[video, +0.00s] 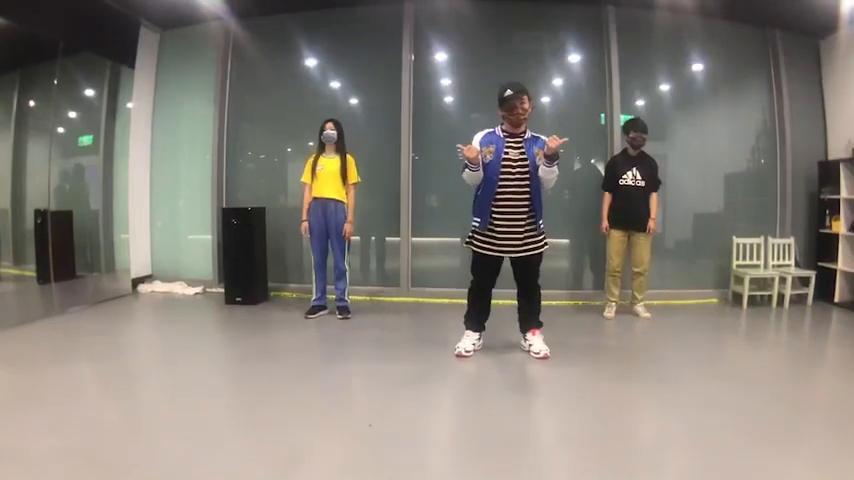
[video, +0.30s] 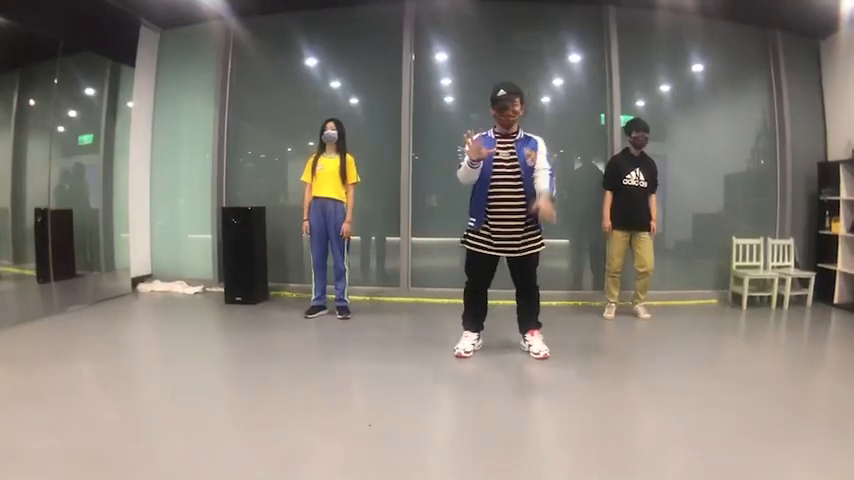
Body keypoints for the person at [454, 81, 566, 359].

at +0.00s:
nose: (519, 109)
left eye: (523, 103)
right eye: (512, 105)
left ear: (530, 106)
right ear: (501, 110)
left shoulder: (540, 143)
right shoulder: (485, 139)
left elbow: (548, 184)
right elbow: (472, 181)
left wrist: (549, 158)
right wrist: (474, 163)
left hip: (527, 227)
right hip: (490, 226)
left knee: (529, 283)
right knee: (481, 282)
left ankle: (532, 332)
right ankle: (473, 332)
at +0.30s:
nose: (510, 112)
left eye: (514, 106)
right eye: (503, 107)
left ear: (522, 108)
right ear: (493, 110)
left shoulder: (535, 144)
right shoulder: (479, 141)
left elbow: (542, 175)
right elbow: (465, 179)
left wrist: (543, 197)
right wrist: (474, 159)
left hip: (523, 228)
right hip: (485, 227)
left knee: (527, 283)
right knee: (476, 282)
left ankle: (531, 333)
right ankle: (471, 332)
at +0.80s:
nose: (491, 105)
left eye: (495, 100)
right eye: (485, 101)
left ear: (505, 104)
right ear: (476, 107)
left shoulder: (519, 136)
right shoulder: (463, 140)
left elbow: (540, 168)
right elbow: (455, 163)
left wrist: (527, 202)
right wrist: (456, 179)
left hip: (511, 222)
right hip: (474, 225)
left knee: (520, 278)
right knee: (473, 280)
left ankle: (528, 330)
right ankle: (471, 331)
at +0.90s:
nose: (503, 105)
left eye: (506, 101)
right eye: (496, 102)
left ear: (513, 106)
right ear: (484, 109)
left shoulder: (526, 140)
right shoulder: (469, 143)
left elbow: (548, 169)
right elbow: (459, 178)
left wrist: (527, 181)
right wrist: (454, 210)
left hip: (516, 227)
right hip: (478, 228)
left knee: (524, 281)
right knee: (475, 282)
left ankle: (531, 333)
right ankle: (473, 334)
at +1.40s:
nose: (530, 109)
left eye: (534, 103)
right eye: (523, 104)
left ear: (543, 105)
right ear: (513, 108)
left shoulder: (554, 141)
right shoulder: (498, 140)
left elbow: (557, 172)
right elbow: (484, 169)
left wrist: (544, 194)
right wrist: (481, 189)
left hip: (536, 223)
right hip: (499, 219)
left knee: (536, 280)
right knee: (484, 270)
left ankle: (535, 332)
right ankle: (482, 318)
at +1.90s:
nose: (506, 108)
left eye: (511, 102)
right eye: (500, 103)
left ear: (520, 108)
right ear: (490, 109)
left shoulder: (534, 141)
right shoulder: (473, 145)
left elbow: (562, 167)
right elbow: (464, 178)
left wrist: (568, 207)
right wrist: (443, 172)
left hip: (524, 227)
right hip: (485, 228)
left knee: (532, 283)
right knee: (482, 285)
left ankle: (537, 336)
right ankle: (479, 337)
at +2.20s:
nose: (508, 108)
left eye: (512, 103)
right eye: (501, 104)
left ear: (520, 108)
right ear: (490, 110)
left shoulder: (531, 143)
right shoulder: (475, 142)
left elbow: (540, 176)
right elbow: (468, 174)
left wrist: (548, 188)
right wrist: (482, 183)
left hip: (523, 228)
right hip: (486, 229)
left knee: (534, 284)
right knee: (479, 285)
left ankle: (540, 337)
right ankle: (474, 338)